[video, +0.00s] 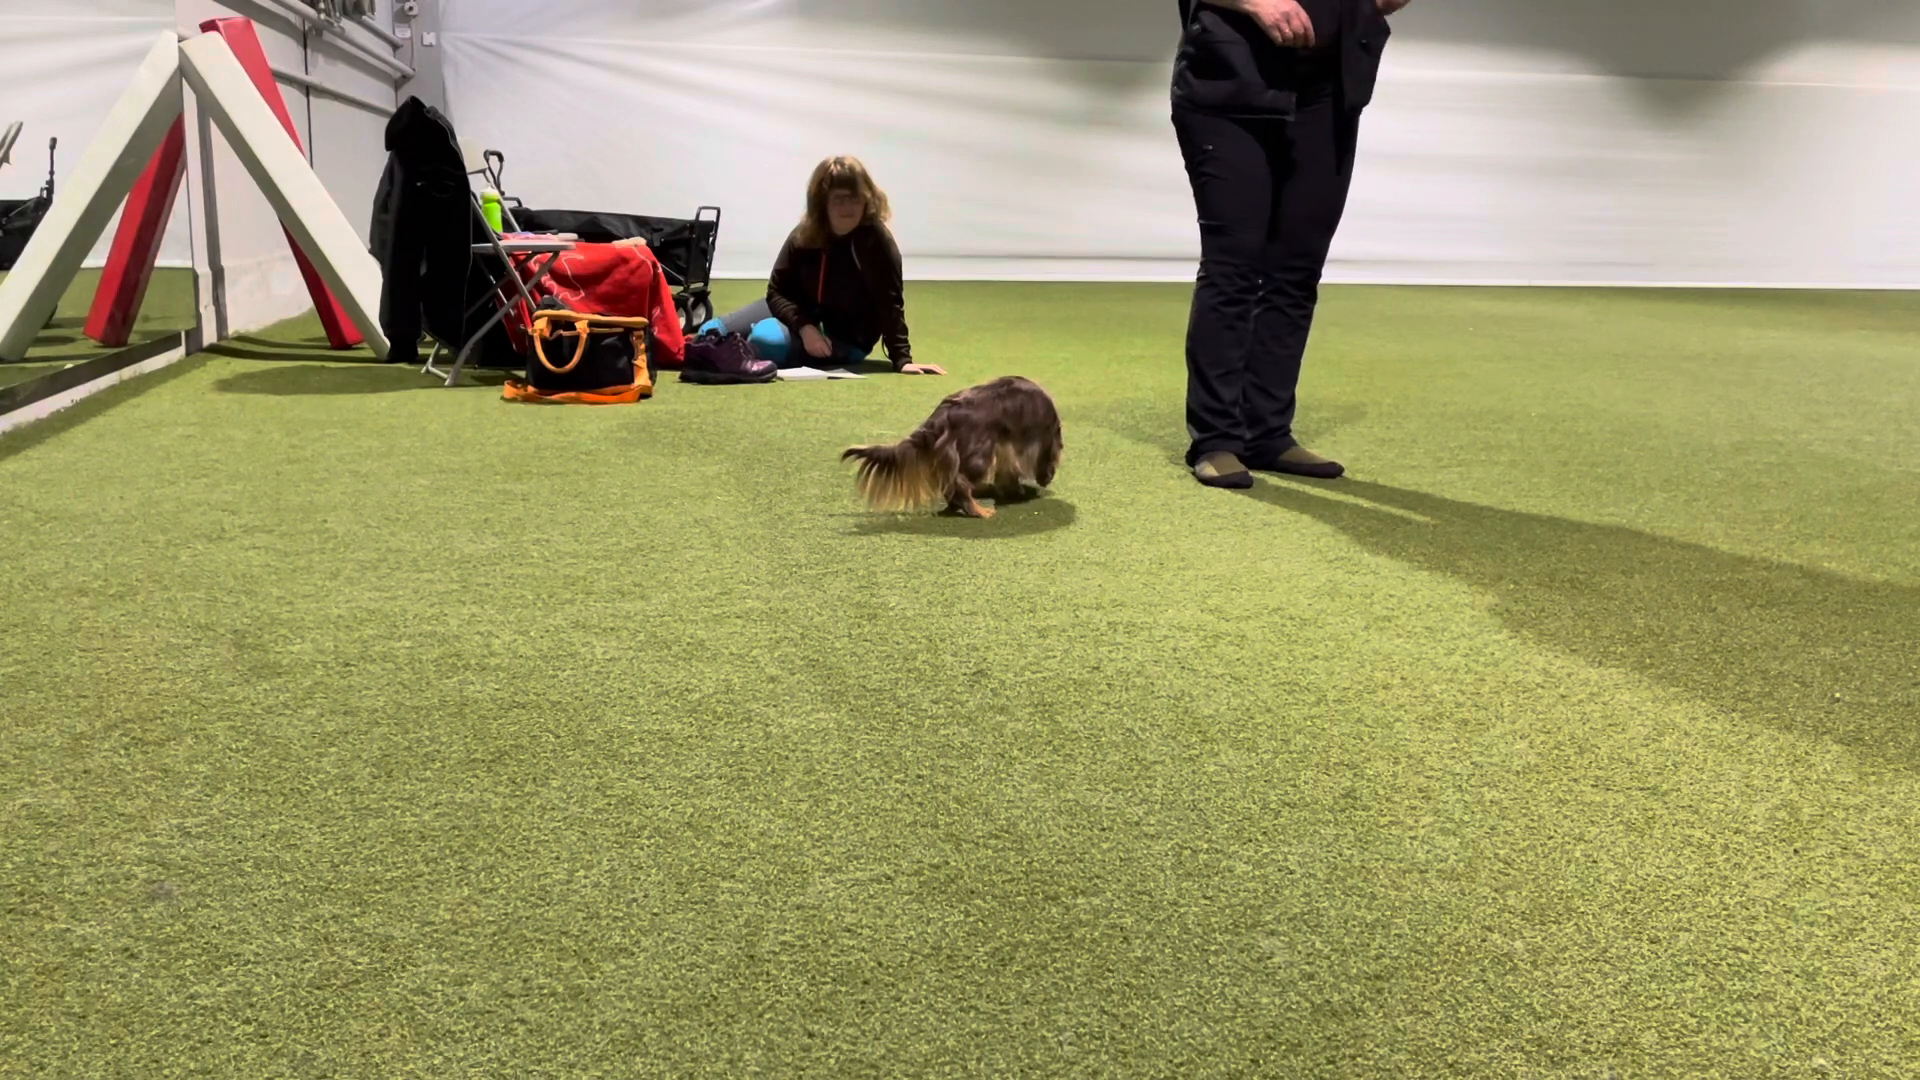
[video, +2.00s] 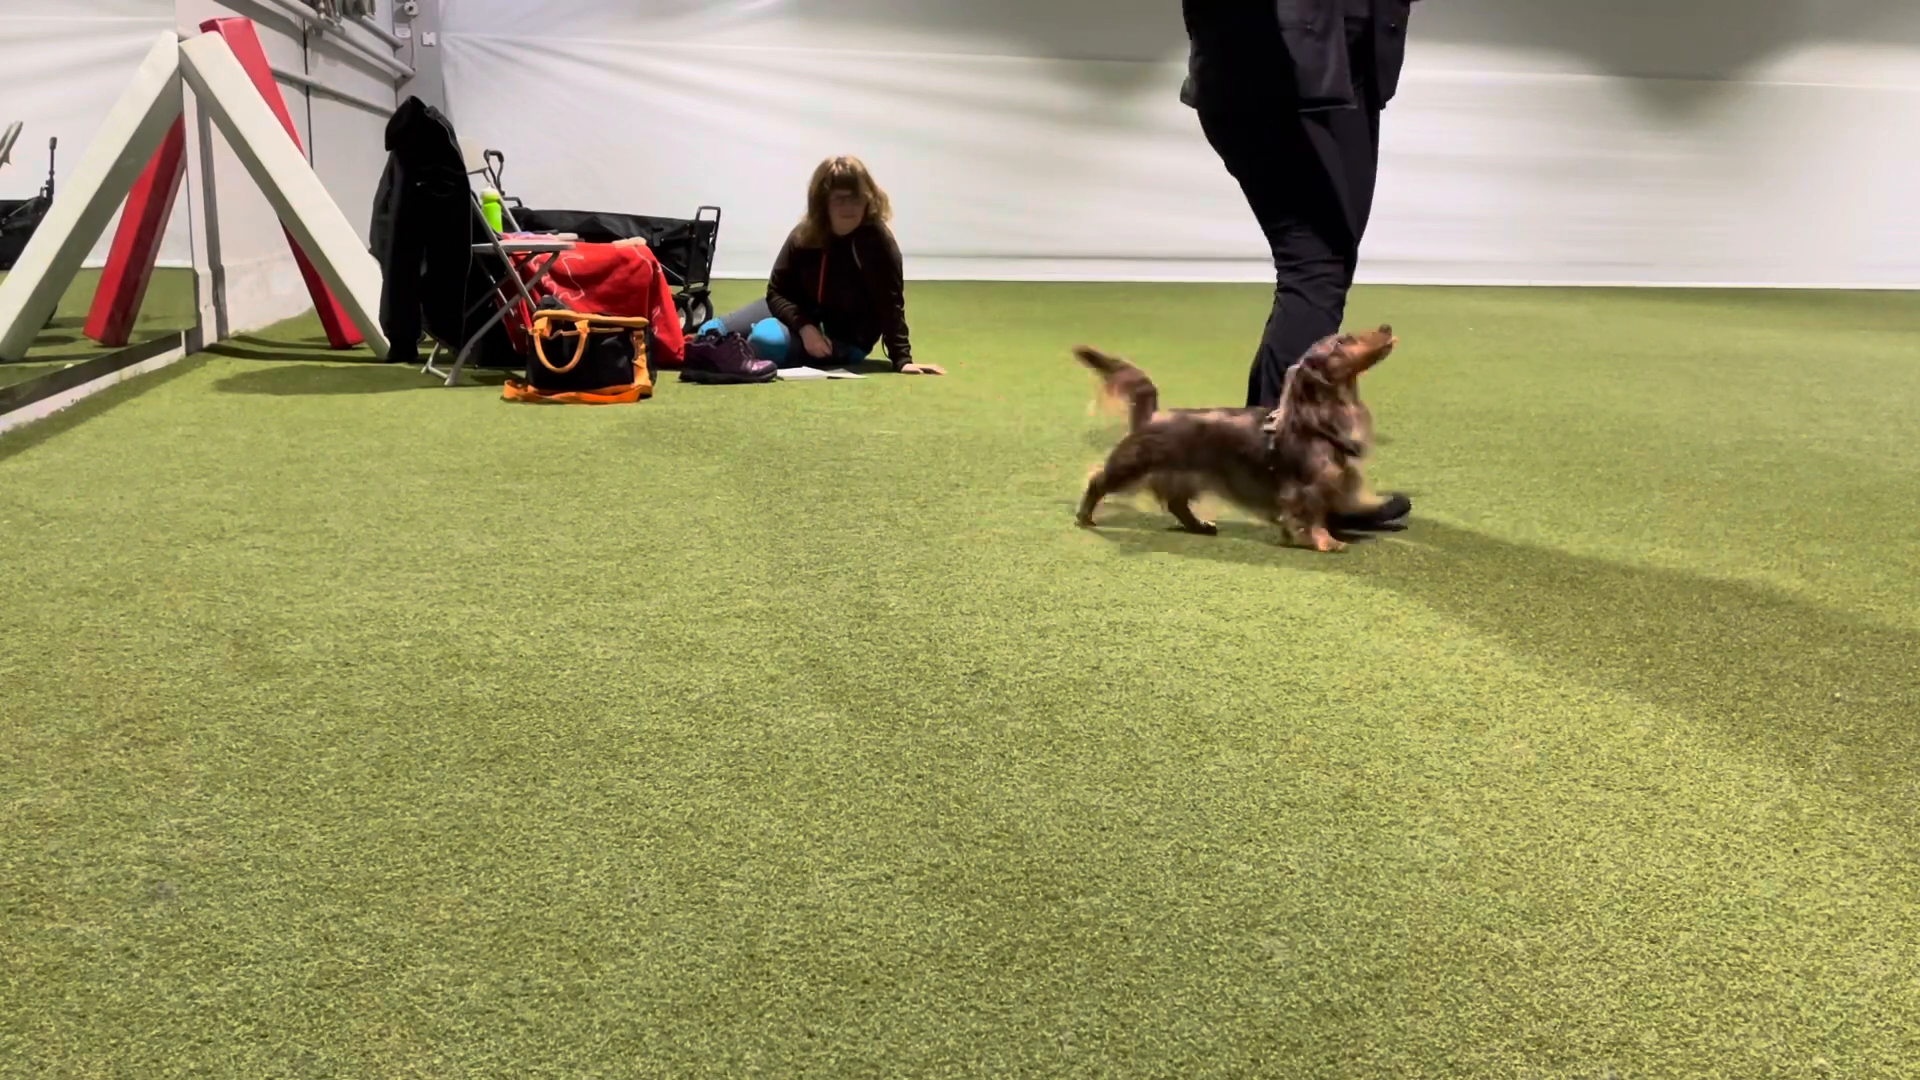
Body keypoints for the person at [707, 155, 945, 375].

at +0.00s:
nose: (847, 205)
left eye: (854, 197)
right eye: (838, 198)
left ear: (866, 200)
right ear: (822, 201)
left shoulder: (878, 243)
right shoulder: (804, 237)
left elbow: (891, 302)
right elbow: (777, 292)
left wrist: (902, 360)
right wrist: (804, 328)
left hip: (842, 337)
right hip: (796, 313)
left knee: (764, 336)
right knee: (712, 331)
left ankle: (732, 346)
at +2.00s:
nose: (848, 206)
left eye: (855, 197)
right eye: (839, 198)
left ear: (867, 200)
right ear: (823, 201)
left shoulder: (878, 242)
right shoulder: (804, 237)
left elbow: (892, 302)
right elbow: (777, 292)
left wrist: (902, 360)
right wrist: (804, 327)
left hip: (841, 337)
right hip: (795, 312)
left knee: (765, 337)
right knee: (711, 332)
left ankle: (732, 344)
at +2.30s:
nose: (848, 205)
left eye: (856, 197)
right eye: (839, 198)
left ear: (867, 200)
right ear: (823, 201)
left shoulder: (877, 242)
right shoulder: (804, 237)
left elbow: (892, 302)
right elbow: (777, 292)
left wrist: (902, 360)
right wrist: (804, 328)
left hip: (842, 337)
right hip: (796, 313)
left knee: (765, 337)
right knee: (712, 331)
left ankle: (732, 346)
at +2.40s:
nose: (849, 205)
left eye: (856, 197)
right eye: (839, 198)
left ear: (867, 200)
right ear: (823, 201)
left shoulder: (877, 242)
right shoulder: (804, 237)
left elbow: (892, 302)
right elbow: (777, 292)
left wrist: (902, 360)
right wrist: (804, 328)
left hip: (842, 337)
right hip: (796, 313)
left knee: (765, 336)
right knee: (712, 331)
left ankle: (732, 346)